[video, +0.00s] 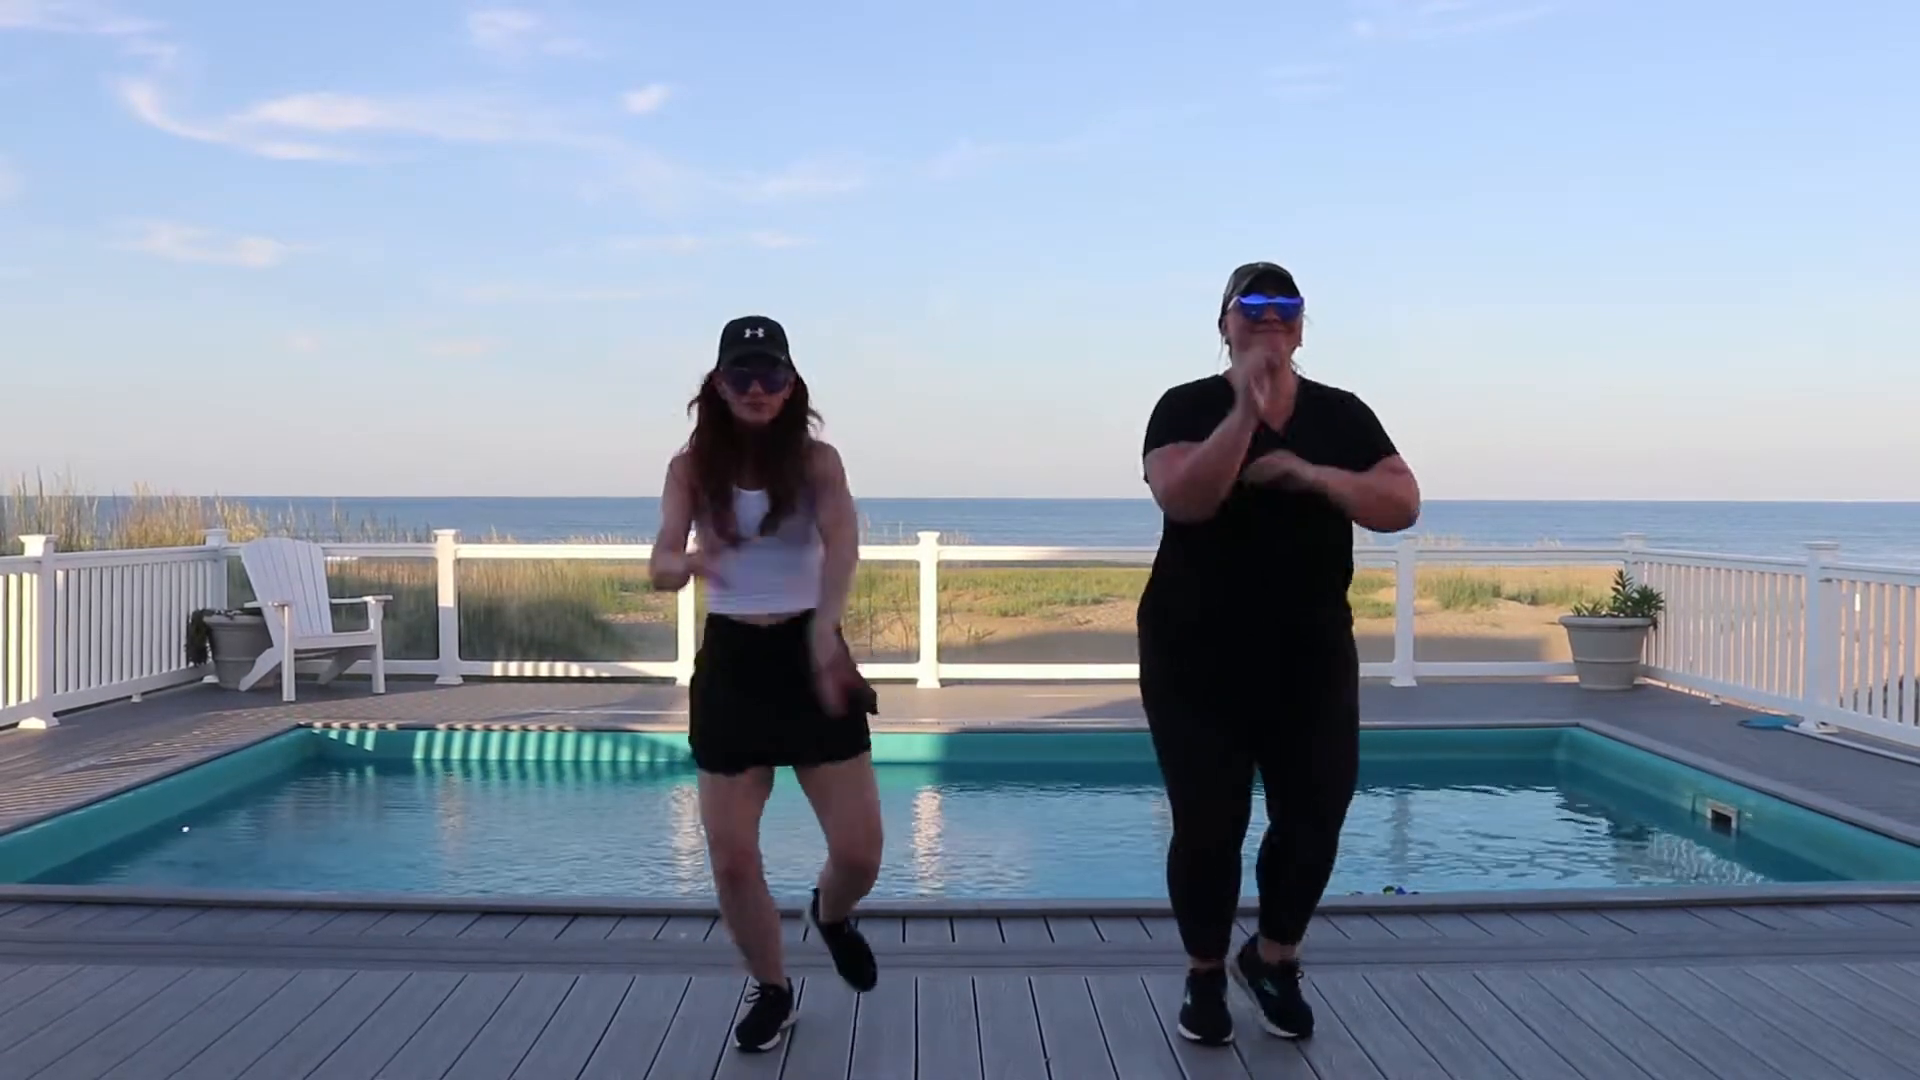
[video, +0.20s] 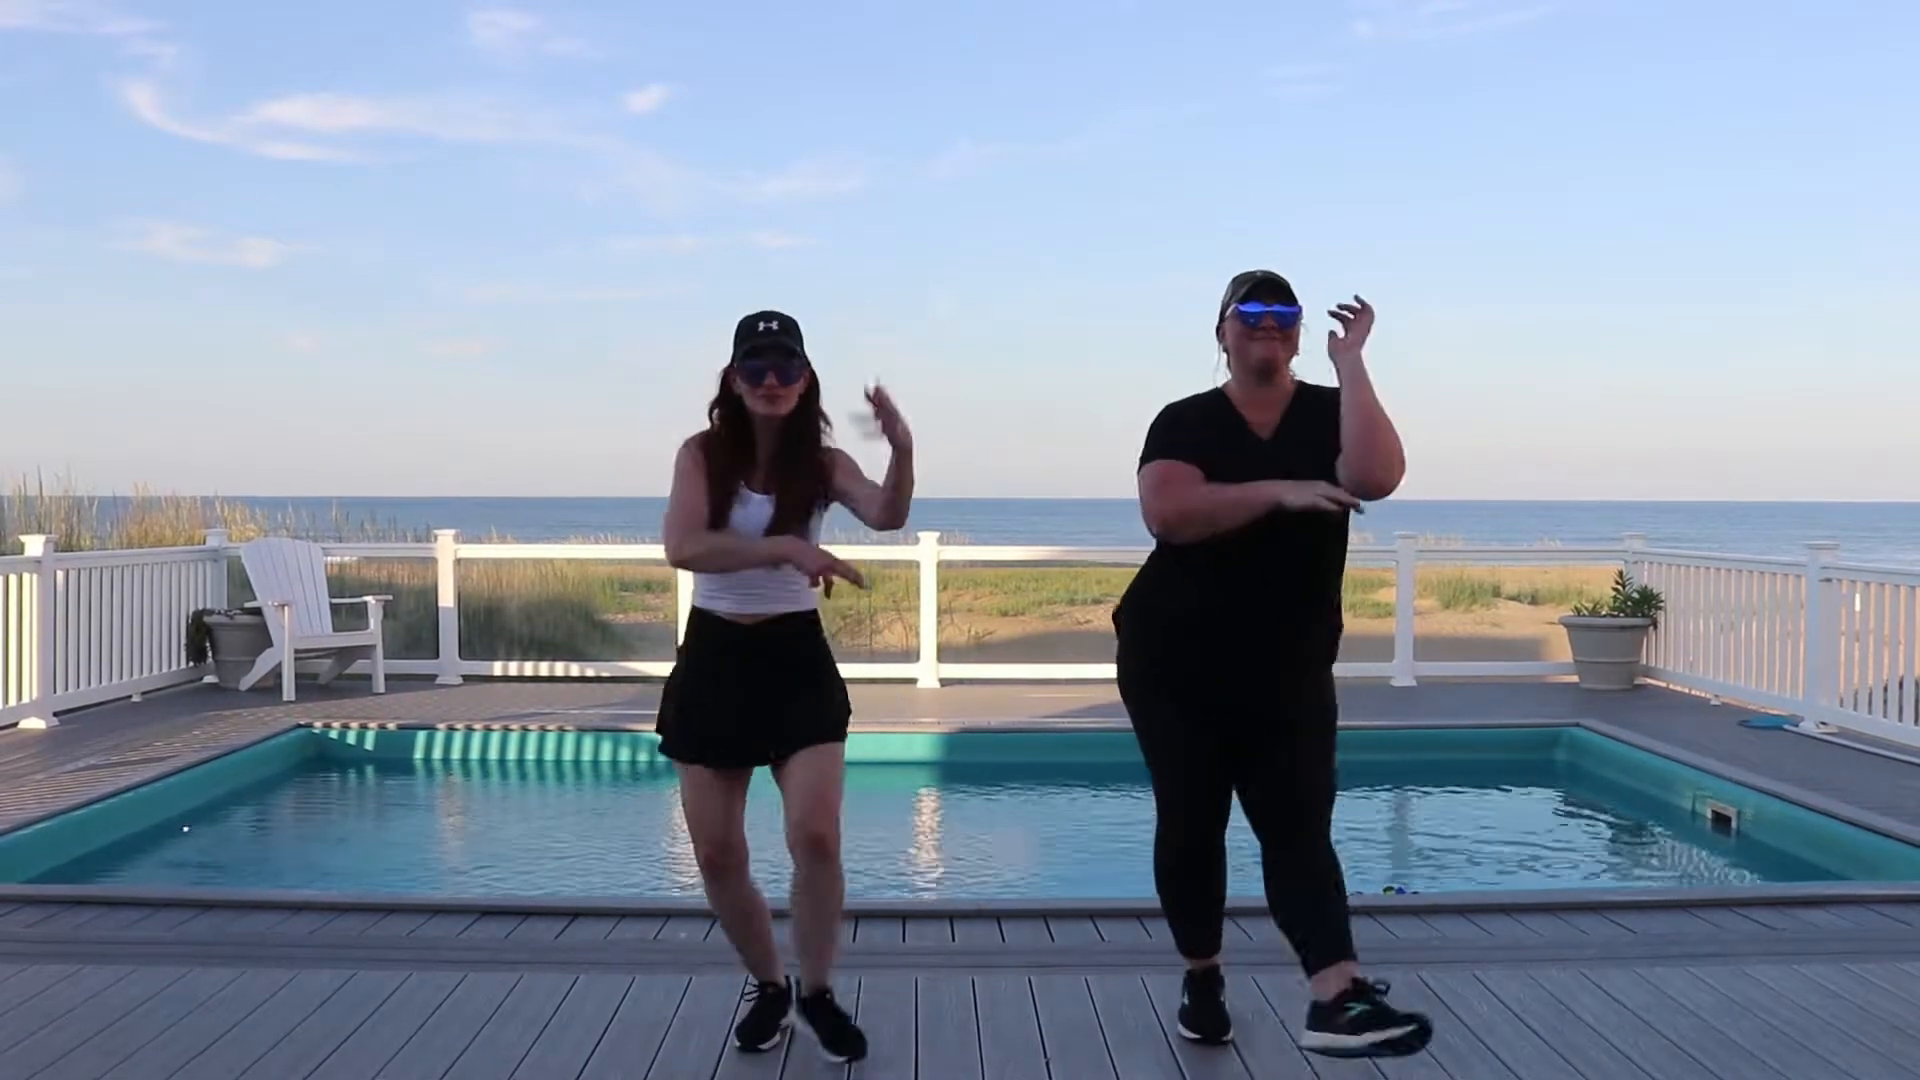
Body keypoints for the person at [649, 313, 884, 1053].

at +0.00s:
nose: (757, 388)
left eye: (771, 375)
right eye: (742, 376)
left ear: (790, 381)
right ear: (718, 381)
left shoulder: (815, 457)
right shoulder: (692, 466)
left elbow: (842, 542)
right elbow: (662, 571)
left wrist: (827, 627)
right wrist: (687, 559)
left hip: (813, 648)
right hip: (732, 657)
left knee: (862, 853)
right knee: (732, 862)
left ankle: (829, 915)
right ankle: (771, 985)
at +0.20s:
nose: (769, 378)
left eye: (783, 366)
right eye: (755, 366)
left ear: (805, 376)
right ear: (733, 377)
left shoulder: (822, 459)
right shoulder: (702, 454)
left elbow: (887, 515)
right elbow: (683, 546)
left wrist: (900, 447)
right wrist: (787, 550)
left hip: (798, 659)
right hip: (713, 662)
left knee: (817, 837)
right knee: (716, 858)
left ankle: (816, 992)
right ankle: (769, 986)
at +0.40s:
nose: (779, 377)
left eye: (794, 364)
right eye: (764, 364)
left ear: (814, 374)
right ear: (742, 372)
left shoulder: (829, 460)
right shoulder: (711, 440)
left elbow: (864, 532)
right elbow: (680, 524)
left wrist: (890, 422)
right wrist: (783, 526)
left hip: (795, 661)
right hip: (710, 661)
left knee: (789, 852)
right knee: (692, 855)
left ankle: (773, 1034)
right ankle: (756, 963)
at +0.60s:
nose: (777, 384)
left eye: (792, 372)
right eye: (762, 370)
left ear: (811, 383)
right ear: (739, 378)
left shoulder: (823, 466)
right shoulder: (708, 451)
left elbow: (854, 543)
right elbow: (683, 532)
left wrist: (872, 437)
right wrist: (785, 536)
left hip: (794, 664)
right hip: (709, 663)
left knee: (791, 842)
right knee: (702, 856)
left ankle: (779, 1020)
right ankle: (729, 962)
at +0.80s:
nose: (777, 370)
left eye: (792, 357)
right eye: (762, 357)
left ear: (813, 365)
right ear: (741, 365)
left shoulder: (832, 446)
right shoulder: (716, 434)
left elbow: (861, 530)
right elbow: (669, 511)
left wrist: (875, 451)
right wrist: (779, 538)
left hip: (803, 649)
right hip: (718, 647)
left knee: (801, 844)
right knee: (693, 842)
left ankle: (789, 976)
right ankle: (724, 953)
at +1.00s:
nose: (773, 399)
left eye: (786, 386)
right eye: (758, 385)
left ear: (805, 391)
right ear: (734, 388)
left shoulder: (831, 467)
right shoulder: (714, 463)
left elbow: (860, 557)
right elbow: (634, 498)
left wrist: (771, 587)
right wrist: (701, 460)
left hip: (829, 668)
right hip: (748, 669)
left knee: (819, 863)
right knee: (693, 839)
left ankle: (792, 985)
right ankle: (735, 1000)